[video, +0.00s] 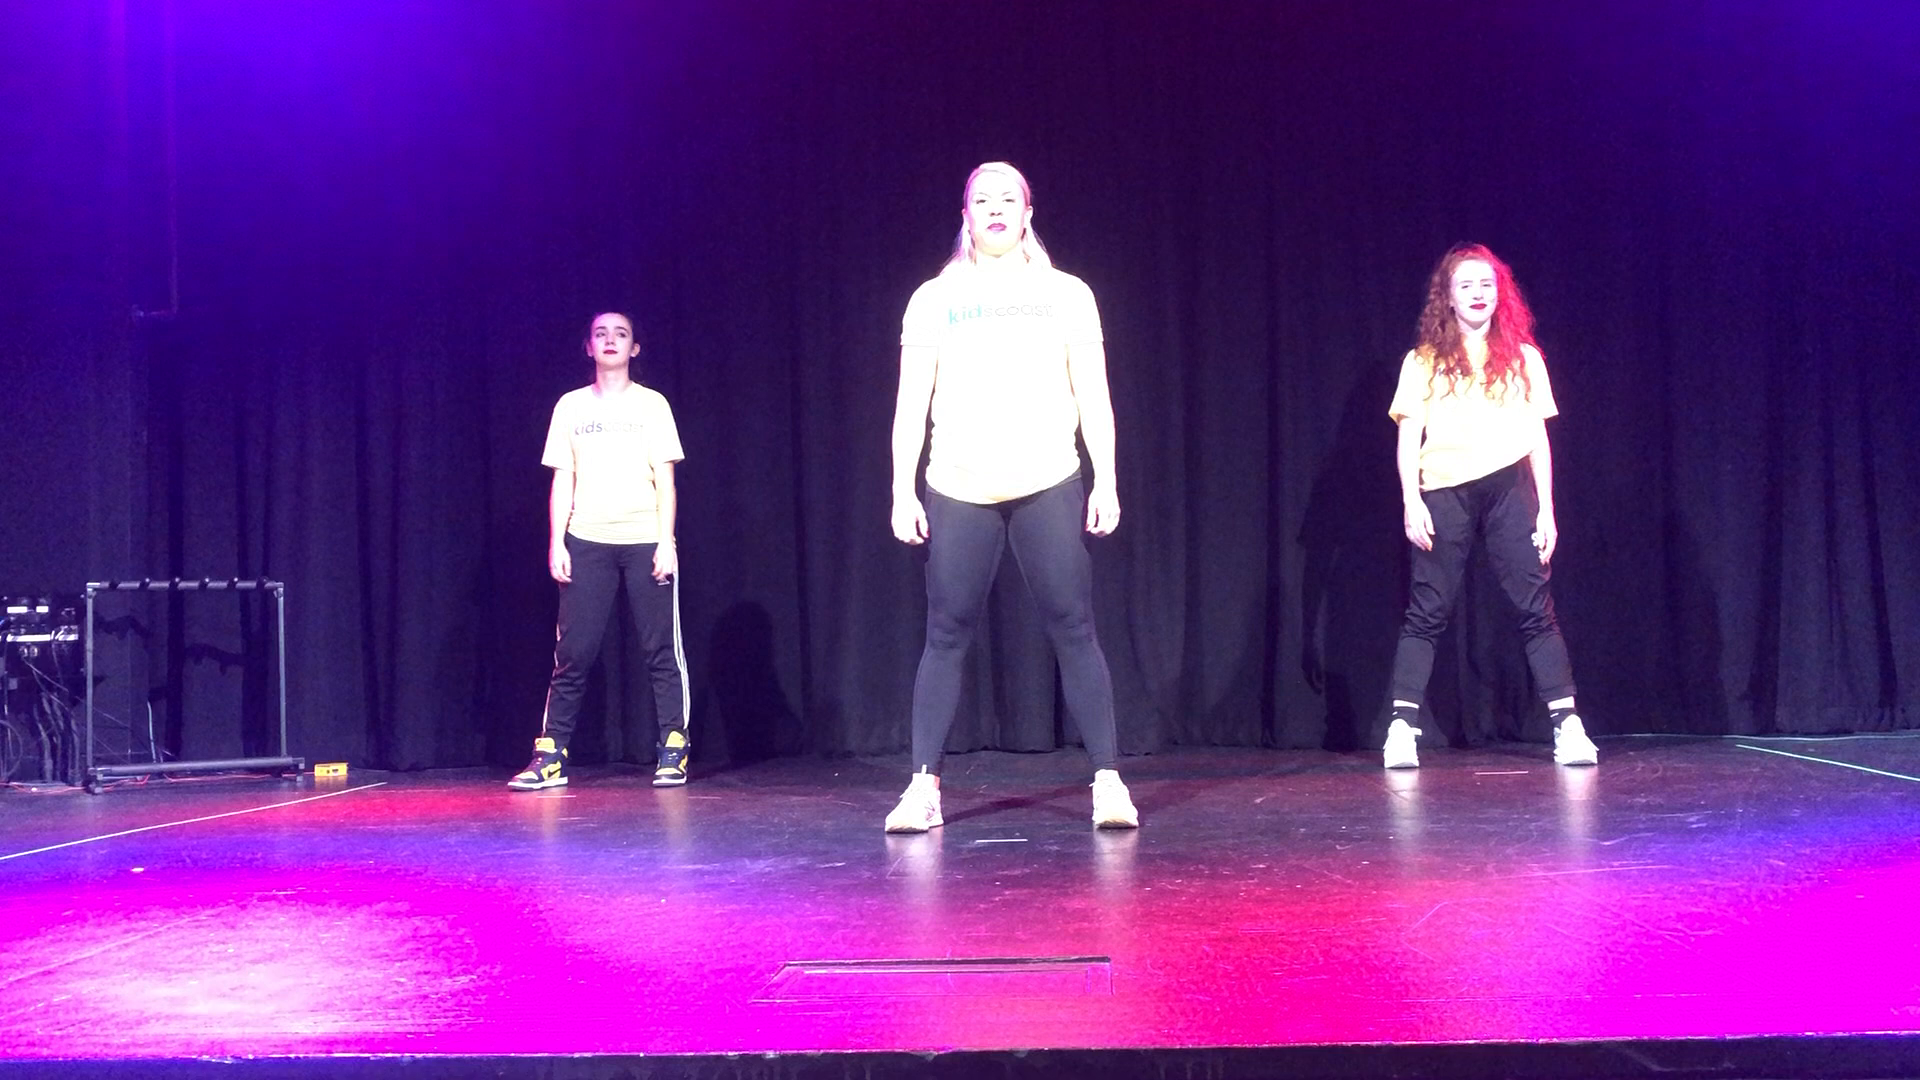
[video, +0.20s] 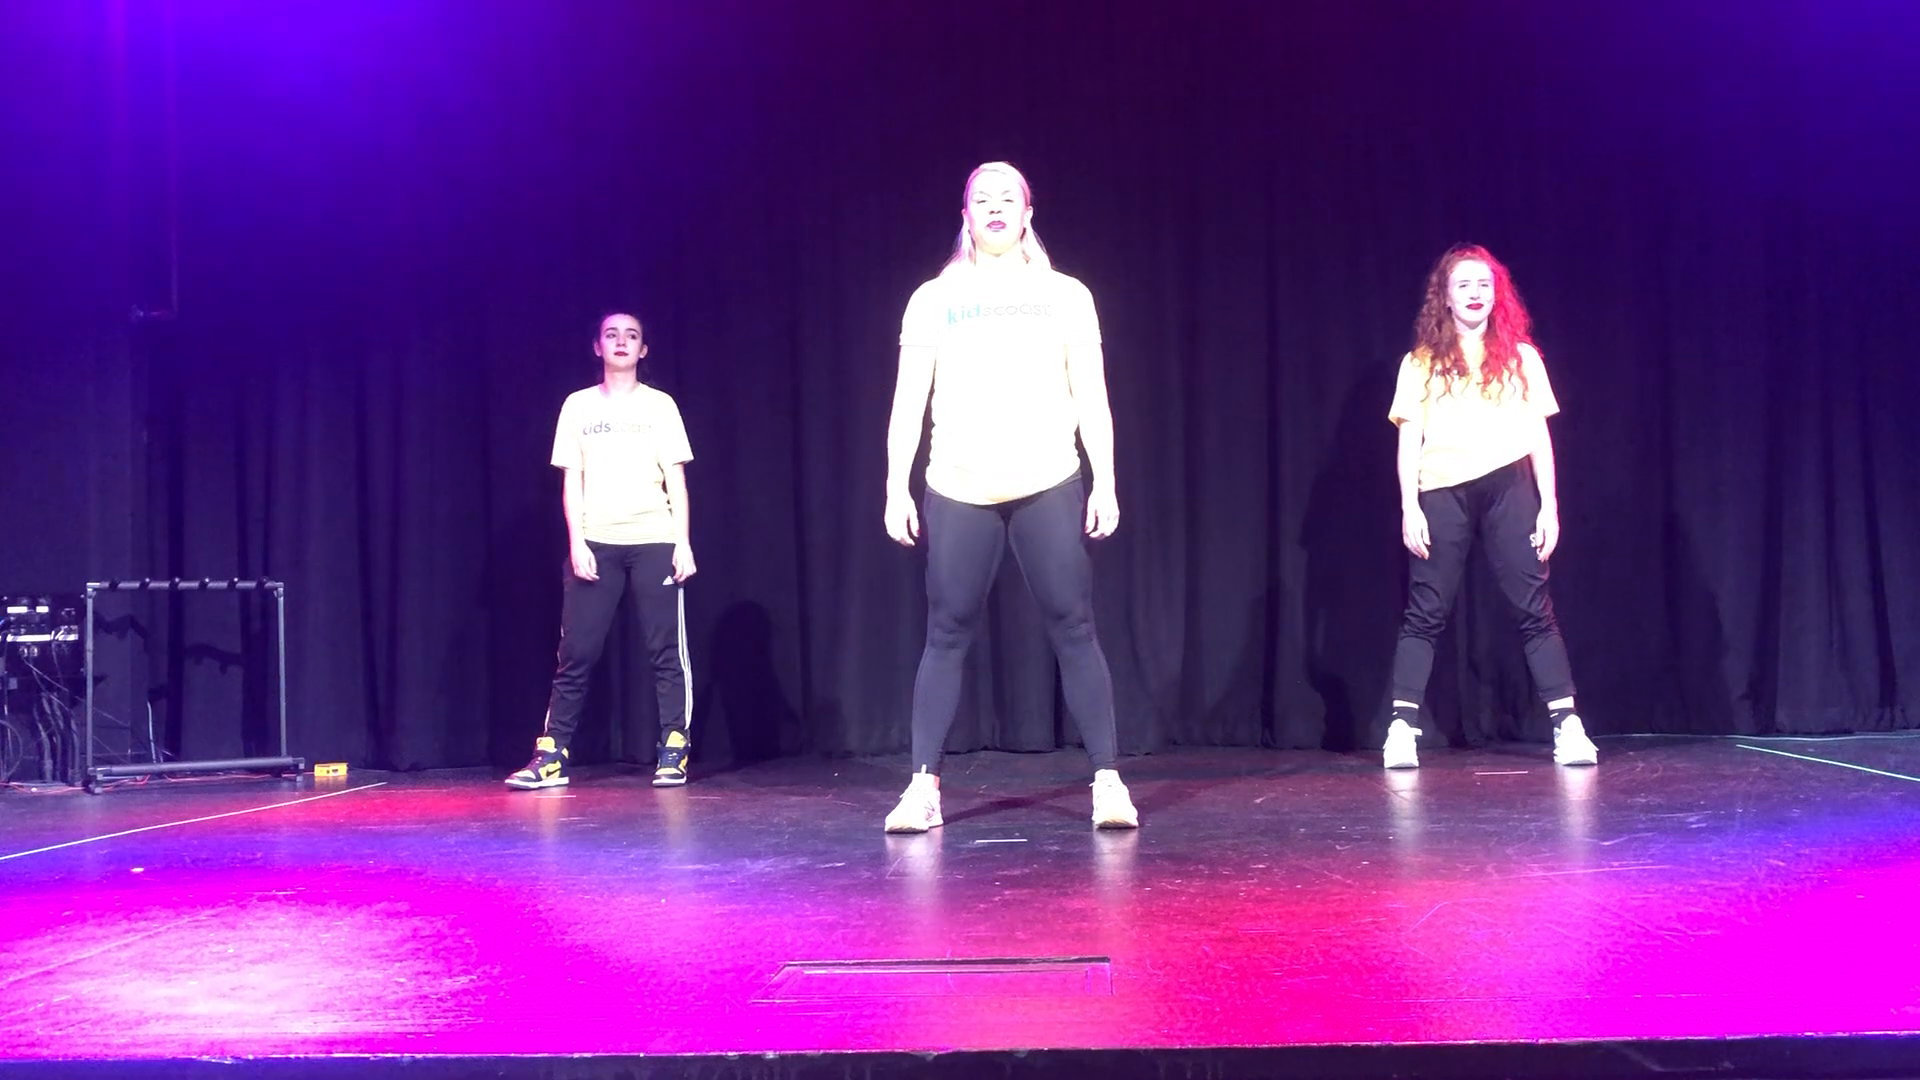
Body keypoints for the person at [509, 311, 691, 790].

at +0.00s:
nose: (609, 340)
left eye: (619, 334)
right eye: (601, 334)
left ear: (635, 348)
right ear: (588, 348)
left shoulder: (653, 404)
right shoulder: (569, 406)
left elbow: (665, 479)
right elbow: (563, 480)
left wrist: (666, 541)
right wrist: (557, 542)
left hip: (646, 541)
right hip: (587, 542)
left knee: (659, 649)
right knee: (572, 652)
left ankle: (674, 749)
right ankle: (551, 756)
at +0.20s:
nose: (621, 342)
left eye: (630, 335)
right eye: (612, 335)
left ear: (643, 349)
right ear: (597, 347)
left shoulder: (661, 405)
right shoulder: (577, 405)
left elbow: (675, 479)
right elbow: (572, 481)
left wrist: (682, 542)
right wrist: (577, 542)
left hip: (655, 542)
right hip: (596, 543)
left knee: (665, 650)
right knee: (575, 653)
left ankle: (674, 749)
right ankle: (552, 756)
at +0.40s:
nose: (619, 343)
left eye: (628, 336)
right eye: (610, 335)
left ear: (640, 349)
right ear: (595, 346)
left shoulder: (658, 406)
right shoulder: (573, 405)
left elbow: (671, 479)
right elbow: (565, 479)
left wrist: (680, 543)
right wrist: (567, 541)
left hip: (650, 542)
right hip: (590, 542)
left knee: (661, 650)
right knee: (571, 653)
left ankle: (673, 749)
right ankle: (551, 756)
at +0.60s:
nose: (611, 341)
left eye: (620, 335)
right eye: (602, 334)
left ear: (633, 348)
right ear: (587, 346)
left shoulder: (649, 405)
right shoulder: (564, 405)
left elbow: (661, 480)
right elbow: (555, 478)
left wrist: (668, 542)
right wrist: (546, 540)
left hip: (639, 541)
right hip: (578, 542)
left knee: (655, 650)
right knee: (565, 653)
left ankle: (672, 749)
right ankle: (550, 756)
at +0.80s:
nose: (602, 341)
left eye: (611, 334)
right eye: (593, 334)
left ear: (624, 348)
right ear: (579, 346)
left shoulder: (642, 404)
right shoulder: (558, 406)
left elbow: (653, 479)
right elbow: (548, 479)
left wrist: (655, 542)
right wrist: (536, 543)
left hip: (631, 542)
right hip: (570, 542)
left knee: (650, 651)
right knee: (562, 655)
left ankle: (672, 749)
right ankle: (549, 756)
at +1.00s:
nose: (596, 342)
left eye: (605, 335)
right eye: (588, 334)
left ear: (619, 348)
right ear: (575, 347)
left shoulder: (638, 405)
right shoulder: (555, 406)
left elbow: (649, 480)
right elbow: (545, 479)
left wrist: (647, 542)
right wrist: (534, 543)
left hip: (626, 543)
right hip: (566, 542)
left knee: (648, 652)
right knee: (559, 655)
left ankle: (672, 747)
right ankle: (549, 756)